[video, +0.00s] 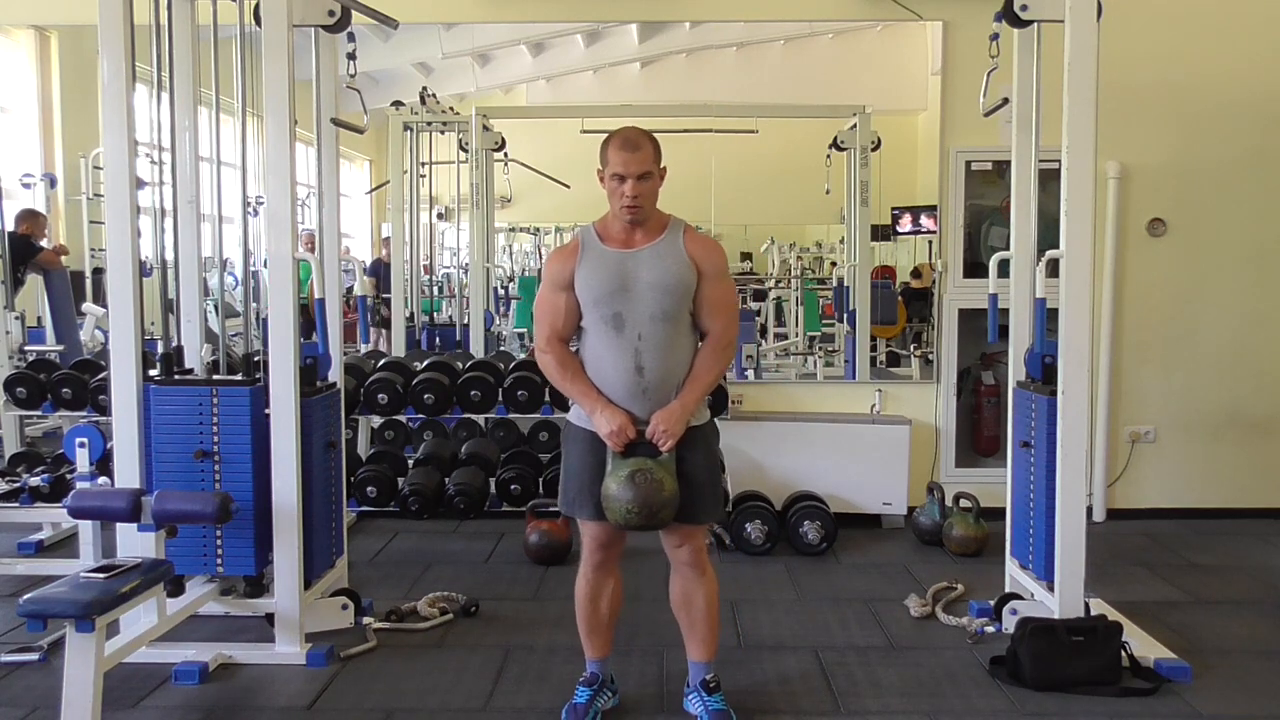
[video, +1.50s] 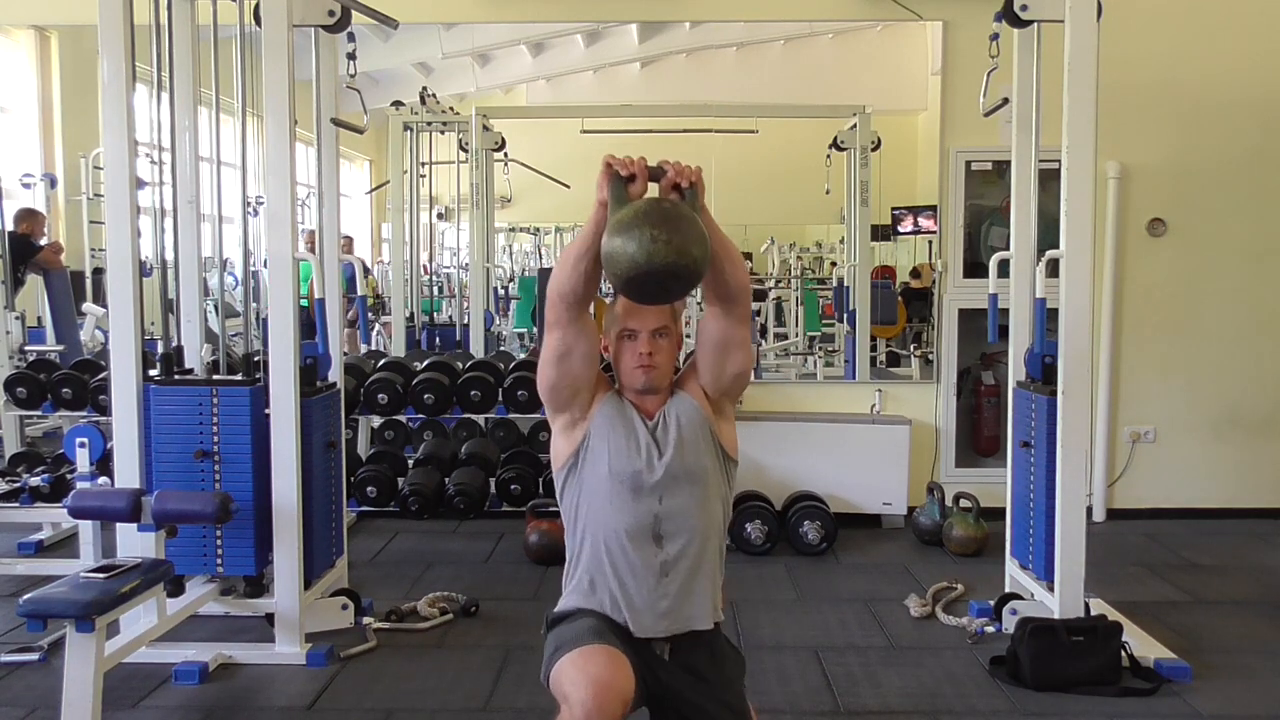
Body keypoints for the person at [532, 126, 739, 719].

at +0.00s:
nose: (631, 190)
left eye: (643, 178)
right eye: (619, 179)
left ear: (661, 175)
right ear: (602, 179)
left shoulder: (701, 252)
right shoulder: (568, 260)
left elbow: (721, 337)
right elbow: (549, 346)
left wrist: (684, 405)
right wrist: (598, 409)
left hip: (681, 427)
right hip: (594, 427)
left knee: (689, 548)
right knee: (598, 547)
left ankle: (702, 684)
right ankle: (596, 678)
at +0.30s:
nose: (668, 181)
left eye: (680, 170)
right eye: (656, 170)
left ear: (696, 174)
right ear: (637, 174)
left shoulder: (732, 254)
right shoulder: (598, 256)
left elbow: (750, 341)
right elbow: (573, 344)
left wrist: (708, 407)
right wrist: (622, 409)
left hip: (704, 429)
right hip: (617, 427)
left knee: (703, 552)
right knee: (611, 551)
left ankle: (703, 684)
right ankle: (597, 677)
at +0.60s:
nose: (696, 176)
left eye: (709, 165)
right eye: (684, 165)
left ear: (725, 173)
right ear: (665, 172)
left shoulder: (759, 257)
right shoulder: (623, 257)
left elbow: (779, 343)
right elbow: (593, 343)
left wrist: (735, 408)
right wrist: (648, 408)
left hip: (720, 434)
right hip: (632, 427)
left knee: (714, 561)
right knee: (616, 554)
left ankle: (704, 689)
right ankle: (603, 694)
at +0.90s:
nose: (680, 201)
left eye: (692, 189)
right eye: (666, 190)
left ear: (708, 198)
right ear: (646, 199)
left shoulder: (744, 271)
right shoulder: (610, 272)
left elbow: (801, 337)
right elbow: (557, 340)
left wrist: (748, 359)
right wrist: (639, 361)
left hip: (715, 461)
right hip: (628, 459)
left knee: (730, 620)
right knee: (620, 599)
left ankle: (702, 683)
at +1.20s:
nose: (654, 289)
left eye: (667, 279)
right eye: (639, 279)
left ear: (685, 292)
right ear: (612, 295)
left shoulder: (711, 353)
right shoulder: (580, 353)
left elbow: (787, 304)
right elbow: (522, 294)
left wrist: (726, 276)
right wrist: (609, 269)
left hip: (695, 573)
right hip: (598, 565)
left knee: (731, 710)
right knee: (605, 666)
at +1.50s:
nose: (645, 349)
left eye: (660, 335)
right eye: (630, 336)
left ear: (679, 343)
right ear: (607, 349)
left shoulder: (709, 401)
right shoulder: (581, 409)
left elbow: (730, 301)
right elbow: (565, 305)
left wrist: (696, 214)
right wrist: (605, 213)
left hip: (698, 634)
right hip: (598, 624)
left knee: (735, 710)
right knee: (596, 695)